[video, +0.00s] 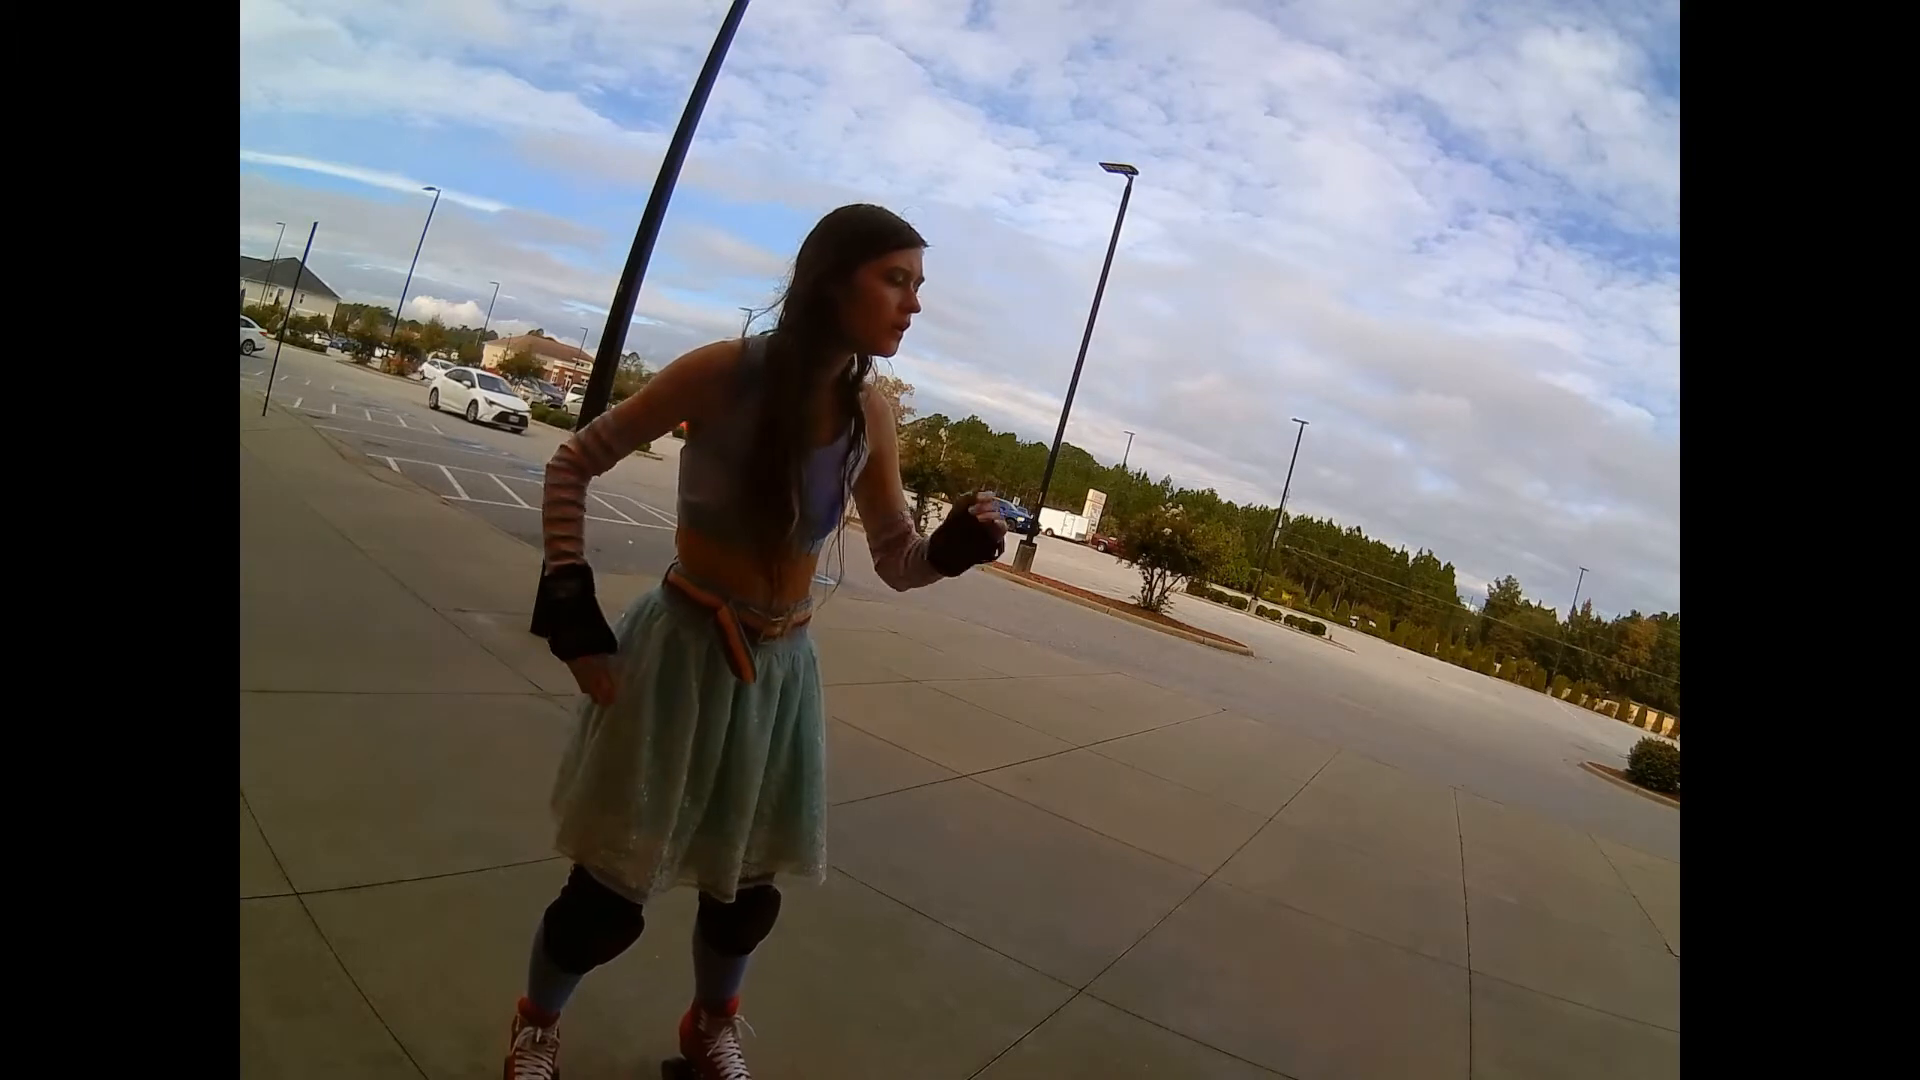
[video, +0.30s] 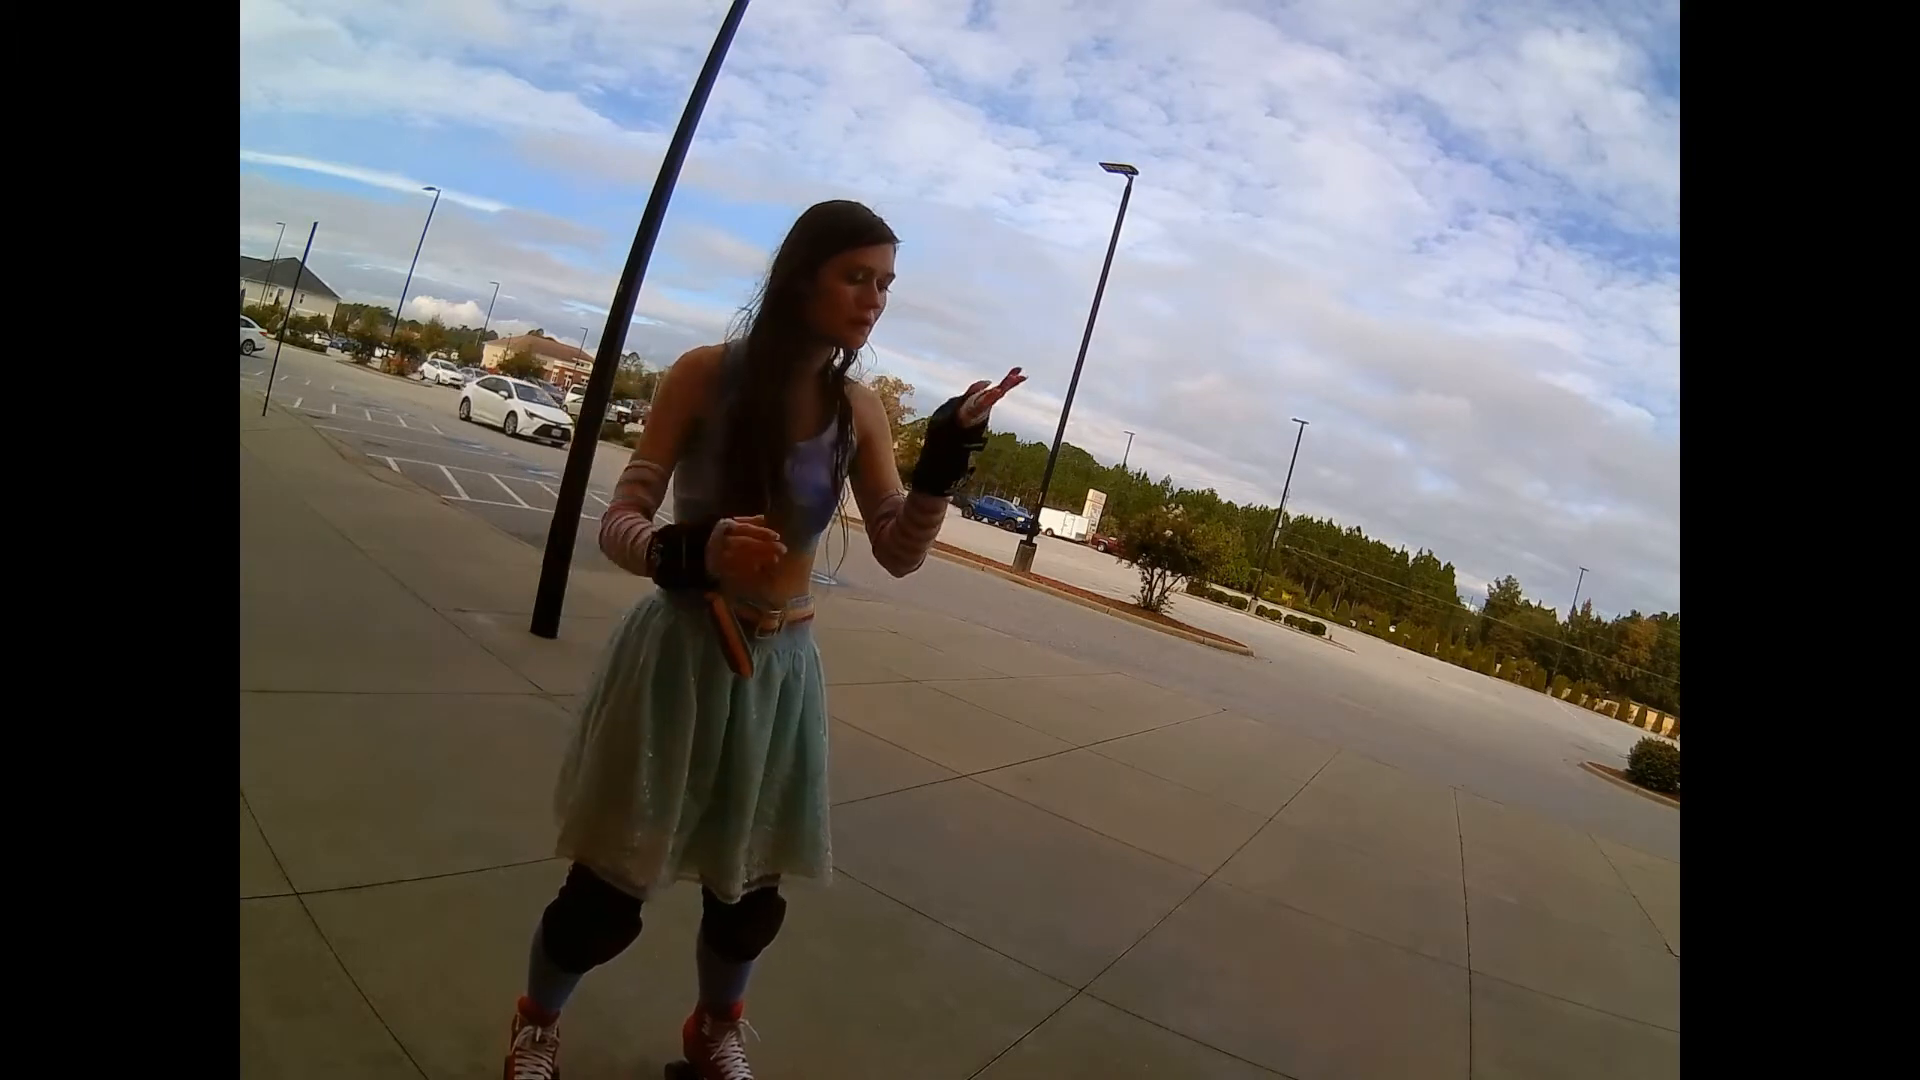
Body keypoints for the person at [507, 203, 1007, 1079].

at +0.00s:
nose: (914, 302)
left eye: (918, 284)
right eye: (898, 281)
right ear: (834, 283)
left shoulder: (870, 409)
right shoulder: (724, 376)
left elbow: (897, 558)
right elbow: (572, 463)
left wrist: (955, 549)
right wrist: (572, 612)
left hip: (781, 669)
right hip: (683, 652)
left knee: (746, 893)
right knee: (610, 896)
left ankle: (711, 1032)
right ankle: (538, 1027)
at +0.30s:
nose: (875, 299)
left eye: (885, 283)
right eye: (858, 278)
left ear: (886, 294)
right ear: (802, 276)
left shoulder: (857, 406)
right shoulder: (705, 377)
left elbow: (898, 552)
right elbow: (620, 522)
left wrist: (948, 445)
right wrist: (686, 555)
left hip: (780, 666)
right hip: (678, 647)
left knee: (751, 895)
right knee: (611, 892)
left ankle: (715, 1033)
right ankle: (538, 1023)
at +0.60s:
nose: (854, 290)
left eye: (867, 277)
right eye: (837, 269)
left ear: (875, 292)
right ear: (786, 269)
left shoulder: (858, 403)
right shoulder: (702, 372)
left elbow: (908, 548)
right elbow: (658, 528)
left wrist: (932, 450)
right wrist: (784, 458)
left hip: (785, 666)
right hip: (680, 648)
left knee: (754, 904)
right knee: (609, 899)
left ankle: (717, 1037)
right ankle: (536, 1034)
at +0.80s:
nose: (855, 285)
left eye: (869, 272)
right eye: (836, 265)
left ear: (877, 288)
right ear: (785, 268)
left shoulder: (861, 400)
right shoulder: (704, 370)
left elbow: (908, 552)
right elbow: (658, 526)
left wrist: (927, 454)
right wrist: (767, 448)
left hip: (785, 667)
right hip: (681, 650)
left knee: (754, 908)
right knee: (609, 907)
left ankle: (718, 1036)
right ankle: (536, 1037)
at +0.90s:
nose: (856, 284)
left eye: (869, 271)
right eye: (837, 264)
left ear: (876, 287)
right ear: (785, 268)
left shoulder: (864, 398)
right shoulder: (704, 369)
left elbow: (907, 555)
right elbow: (661, 525)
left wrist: (922, 457)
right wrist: (772, 441)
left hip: (786, 665)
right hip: (684, 647)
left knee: (754, 907)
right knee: (610, 906)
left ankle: (721, 1038)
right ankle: (536, 1033)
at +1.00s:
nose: (852, 286)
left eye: (867, 272)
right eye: (833, 265)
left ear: (875, 287)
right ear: (783, 269)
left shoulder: (859, 401)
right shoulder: (704, 369)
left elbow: (909, 558)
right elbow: (668, 521)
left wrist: (913, 453)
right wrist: (788, 436)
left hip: (786, 664)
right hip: (685, 647)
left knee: (756, 908)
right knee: (614, 905)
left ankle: (721, 1039)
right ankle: (536, 1032)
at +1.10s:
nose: (851, 289)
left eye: (867, 274)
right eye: (832, 268)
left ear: (875, 289)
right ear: (782, 269)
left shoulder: (856, 401)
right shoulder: (705, 368)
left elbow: (910, 560)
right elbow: (668, 519)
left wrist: (902, 464)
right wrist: (787, 448)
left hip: (787, 665)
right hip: (686, 647)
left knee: (757, 905)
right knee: (614, 903)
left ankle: (721, 1038)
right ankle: (536, 1034)